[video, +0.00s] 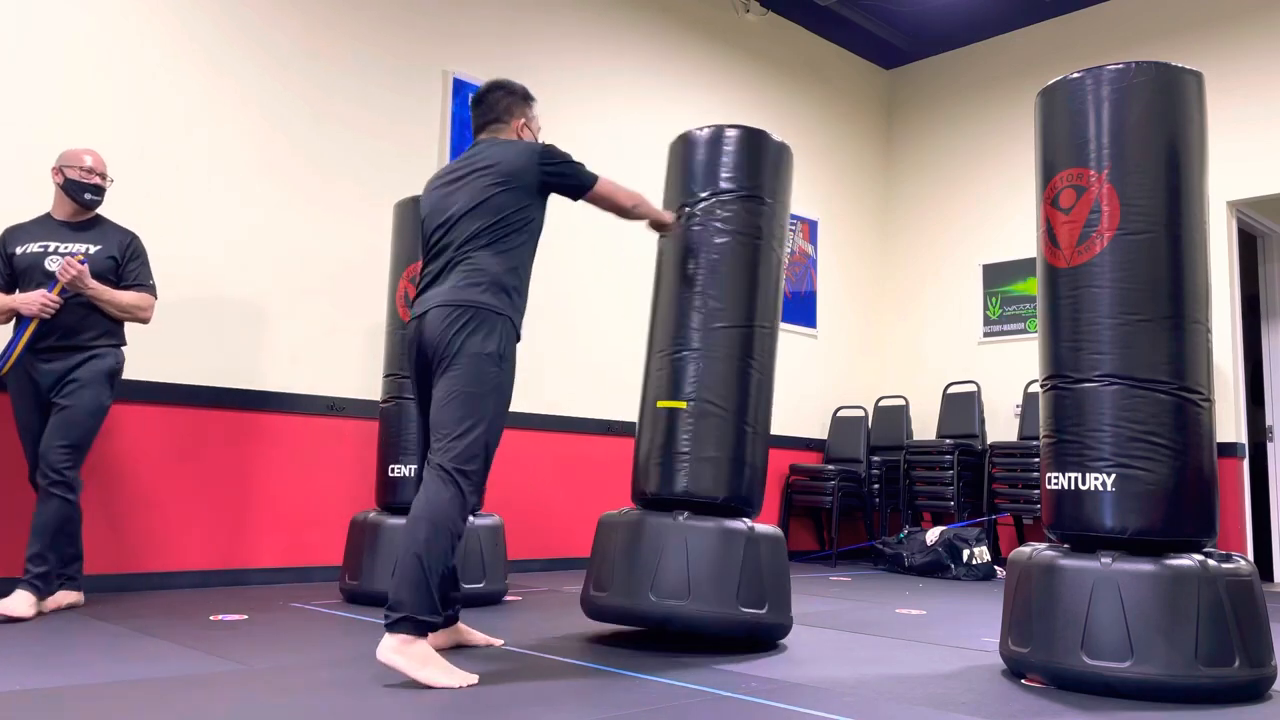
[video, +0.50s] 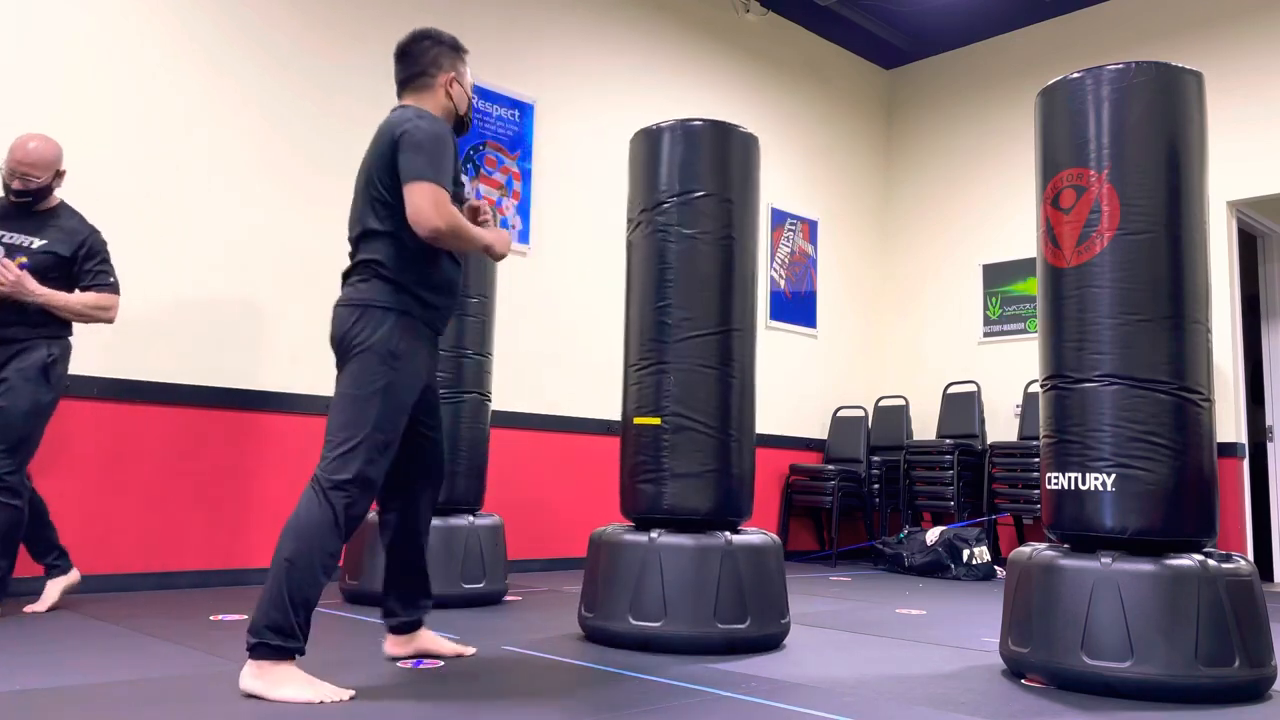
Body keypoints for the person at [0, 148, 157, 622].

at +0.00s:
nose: (96, 181)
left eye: (103, 176)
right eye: (86, 172)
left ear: (108, 186)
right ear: (56, 177)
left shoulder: (122, 241)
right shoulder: (15, 239)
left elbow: (143, 309)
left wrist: (90, 286)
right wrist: (17, 301)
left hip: (90, 366)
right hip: (28, 367)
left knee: (55, 463)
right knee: (45, 472)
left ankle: (32, 585)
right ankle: (68, 583)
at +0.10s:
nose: (90, 180)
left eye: (97, 174)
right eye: (79, 171)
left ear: (103, 184)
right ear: (51, 175)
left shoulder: (117, 241)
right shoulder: (9, 237)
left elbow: (138, 308)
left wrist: (82, 285)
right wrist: (9, 300)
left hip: (83, 365)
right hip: (21, 366)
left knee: (42, 462)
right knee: (50, 471)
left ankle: (7, 585)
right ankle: (70, 584)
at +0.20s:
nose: (83, 179)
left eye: (90, 173)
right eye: (74, 169)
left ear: (96, 181)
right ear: (44, 173)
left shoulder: (110, 239)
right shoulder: (8, 233)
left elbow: (130, 309)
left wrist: (73, 285)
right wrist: (4, 296)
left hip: (75, 363)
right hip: (17, 365)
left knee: (30, 465)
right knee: (46, 474)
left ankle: (3, 582)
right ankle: (70, 584)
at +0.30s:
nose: (64, 181)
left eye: (74, 174)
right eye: (55, 170)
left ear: (84, 178)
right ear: (33, 171)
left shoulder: (101, 239)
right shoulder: (4, 230)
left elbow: (122, 309)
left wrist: (61, 287)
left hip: (64, 360)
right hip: (9, 362)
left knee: (20, 462)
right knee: (39, 473)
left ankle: (1, 580)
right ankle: (69, 582)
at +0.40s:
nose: (39, 186)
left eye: (51, 179)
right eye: (31, 175)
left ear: (72, 179)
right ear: (19, 168)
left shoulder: (90, 236)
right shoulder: (3, 221)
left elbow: (114, 307)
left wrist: (47, 288)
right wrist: (5, 289)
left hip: (48, 358)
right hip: (4, 358)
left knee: (11, 467)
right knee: (29, 470)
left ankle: (1, 582)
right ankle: (67, 576)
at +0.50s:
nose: (16, 188)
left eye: (29, 182)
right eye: (12, 177)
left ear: (57, 177)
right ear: (6, 162)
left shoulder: (78, 234)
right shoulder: (1, 210)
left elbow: (107, 306)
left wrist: (33, 292)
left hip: (34, 360)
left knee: (7, 472)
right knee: (8, 469)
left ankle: (1, 588)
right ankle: (58, 566)